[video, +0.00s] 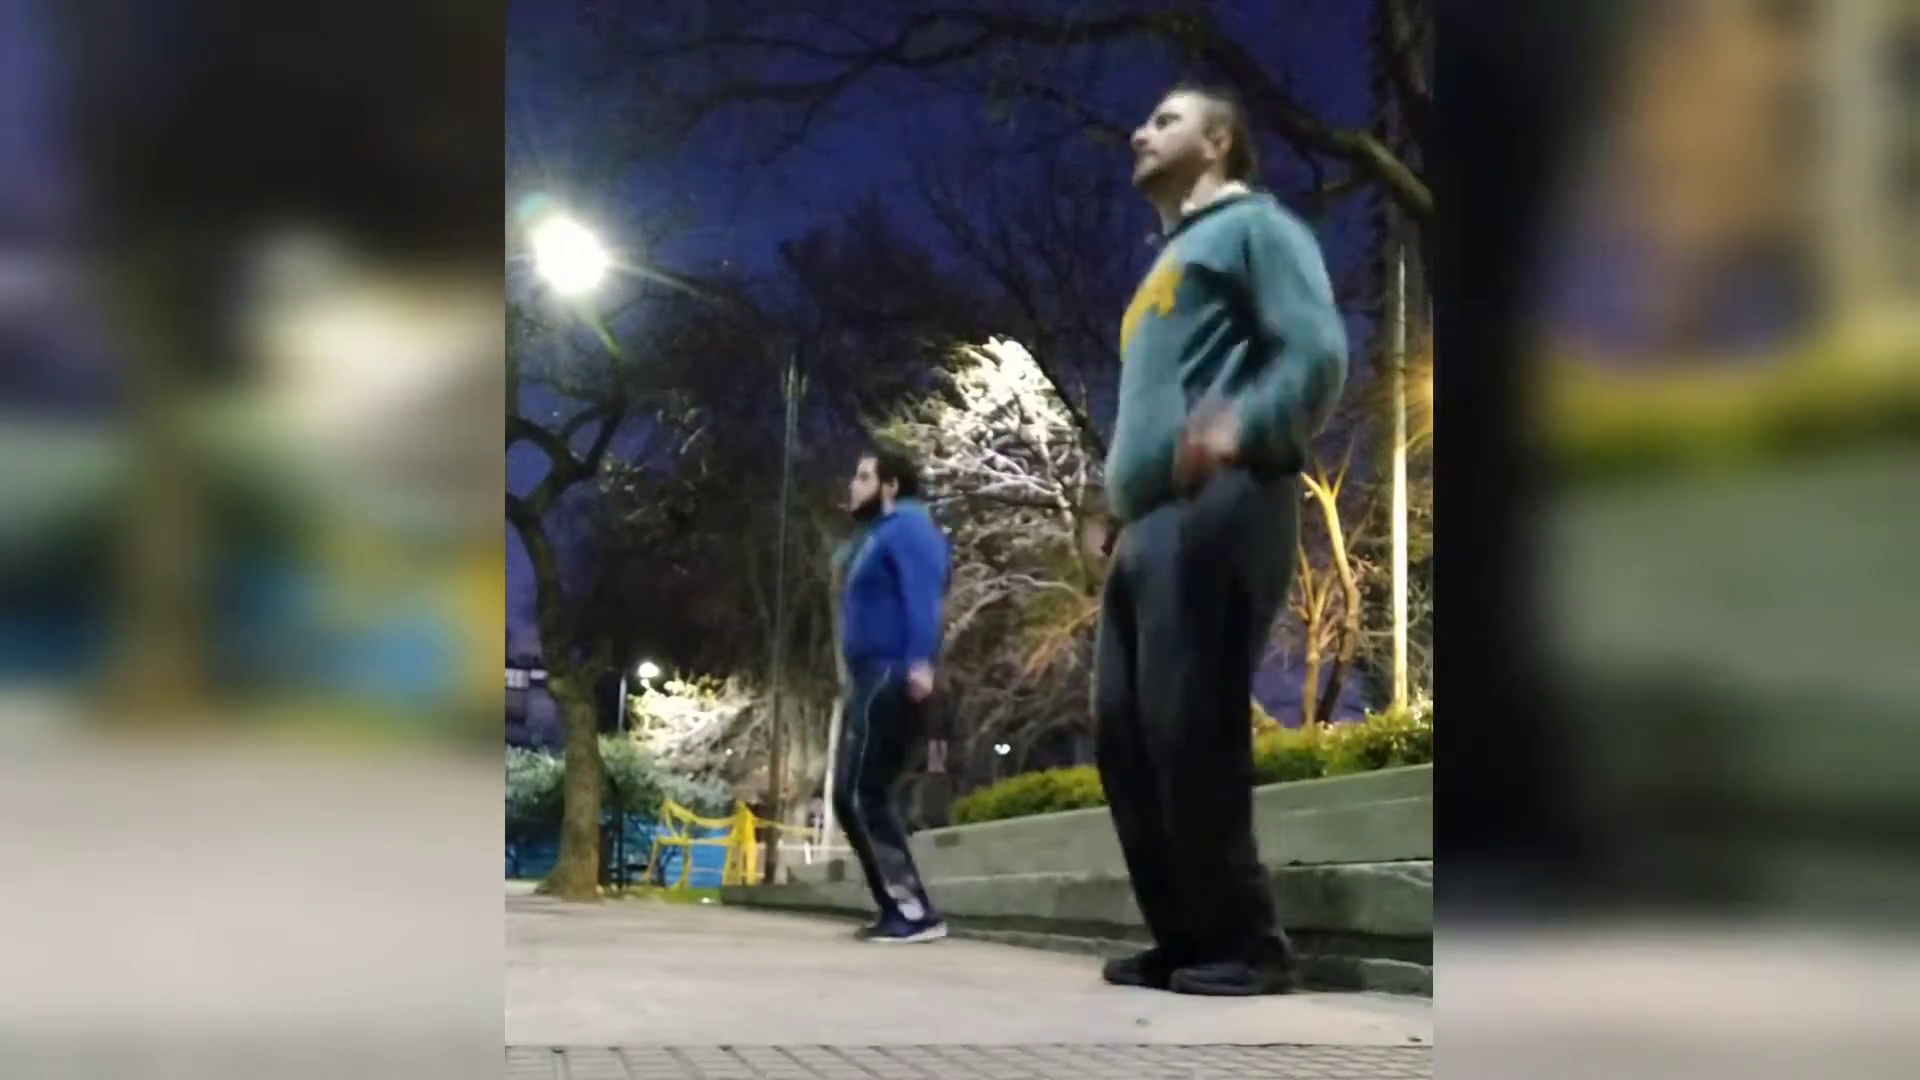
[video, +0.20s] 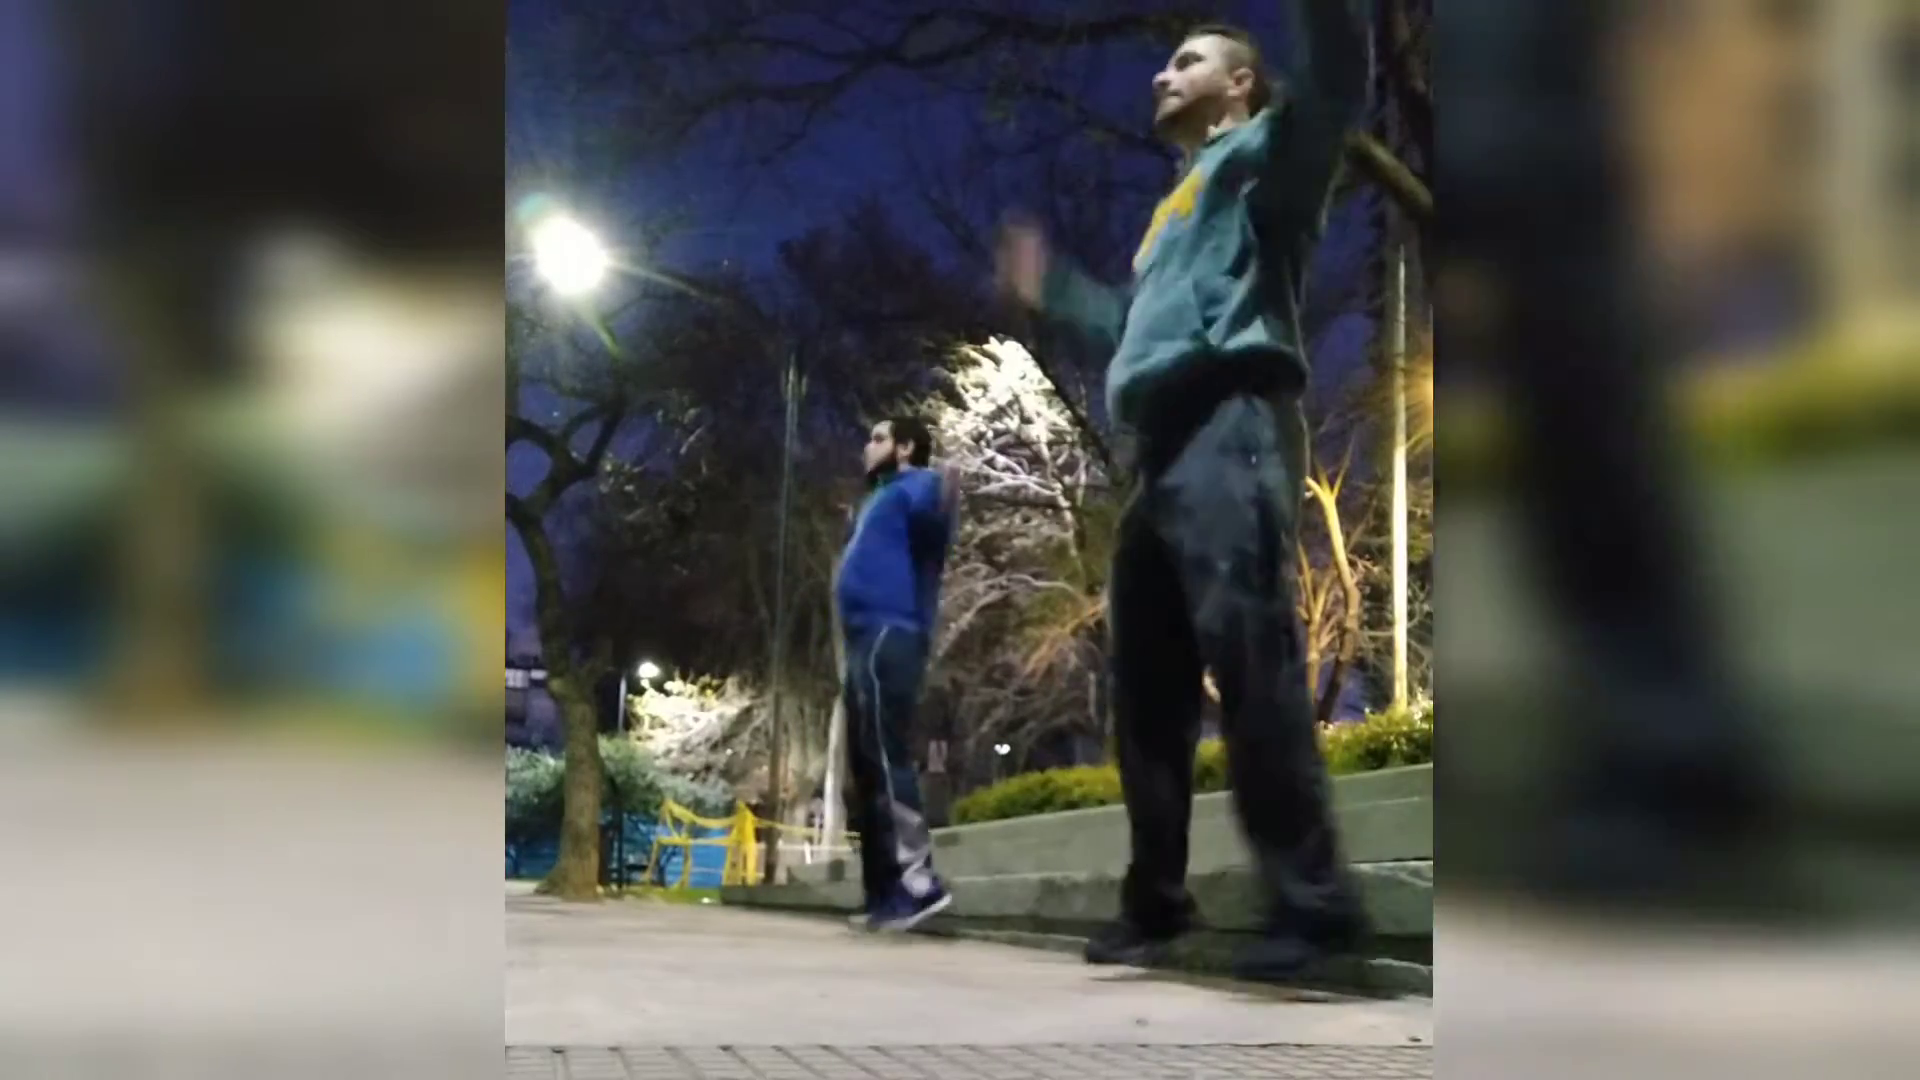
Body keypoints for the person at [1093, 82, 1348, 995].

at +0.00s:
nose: (1141, 133)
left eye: (1165, 119)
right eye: (1143, 122)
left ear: (1217, 141)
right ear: (1169, 153)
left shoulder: (1256, 224)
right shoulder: (1170, 255)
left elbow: (1317, 350)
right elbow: (1159, 395)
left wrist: (1242, 421)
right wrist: (1127, 511)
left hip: (1217, 508)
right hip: (1150, 520)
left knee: (1189, 724)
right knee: (1122, 732)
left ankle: (1245, 945)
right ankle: (1184, 938)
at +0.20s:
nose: (1164, 75)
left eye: (1189, 60)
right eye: (1165, 64)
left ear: (1245, 81)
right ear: (1181, 101)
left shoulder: (1269, 161)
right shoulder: (1174, 215)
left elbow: (1329, 83)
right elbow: (1140, 332)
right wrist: (1049, 283)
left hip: (1232, 427)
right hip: (1161, 449)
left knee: (1252, 665)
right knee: (1149, 685)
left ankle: (1314, 904)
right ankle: (1154, 907)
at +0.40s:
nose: (1169, 154)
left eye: (1190, 136)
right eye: (1163, 145)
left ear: (1237, 151)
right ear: (1167, 175)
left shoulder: (1264, 208)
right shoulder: (1159, 256)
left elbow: (1308, 34)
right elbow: (1131, 221)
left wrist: (1234, 30)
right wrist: (1161, 144)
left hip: (1246, 506)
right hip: (1175, 532)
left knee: (1258, 737)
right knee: (1127, 755)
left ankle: (1405, 952)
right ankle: (1154, 938)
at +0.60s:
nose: (1174, 83)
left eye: (1198, 72)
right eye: (1176, 74)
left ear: (1250, 94)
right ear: (1185, 108)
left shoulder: (1272, 154)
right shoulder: (1181, 228)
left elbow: (1353, 72)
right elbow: (1131, 296)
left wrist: (1353, 2)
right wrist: (1052, 263)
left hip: (1251, 438)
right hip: (1180, 463)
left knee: (1273, 676)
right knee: (1150, 690)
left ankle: (1361, 928)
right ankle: (1147, 908)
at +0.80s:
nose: (1178, 95)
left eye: (1200, 84)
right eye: (1178, 87)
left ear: (1250, 112)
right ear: (1182, 122)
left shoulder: (1279, 177)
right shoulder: (1185, 229)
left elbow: (1366, 277)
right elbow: (1180, 376)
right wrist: (1119, 471)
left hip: (1244, 469)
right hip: (1174, 483)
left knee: (1241, 693)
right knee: (1149, 715)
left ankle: (1300, 943)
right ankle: (1210, 937)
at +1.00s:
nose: (1193, 88)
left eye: (1214, 75)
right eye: (1196, 77)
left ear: (1262, 100)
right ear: (1214, 107)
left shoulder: (1296, 176)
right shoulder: (1205, 214)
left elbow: (1341, 279)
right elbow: (1197, 379)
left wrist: (1275, 294)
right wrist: (1125, 453)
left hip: (1263, 457)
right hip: (1187, 474)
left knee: (1249, 694)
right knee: (1179, 706)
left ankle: (1295, 946)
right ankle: (1211, 935)